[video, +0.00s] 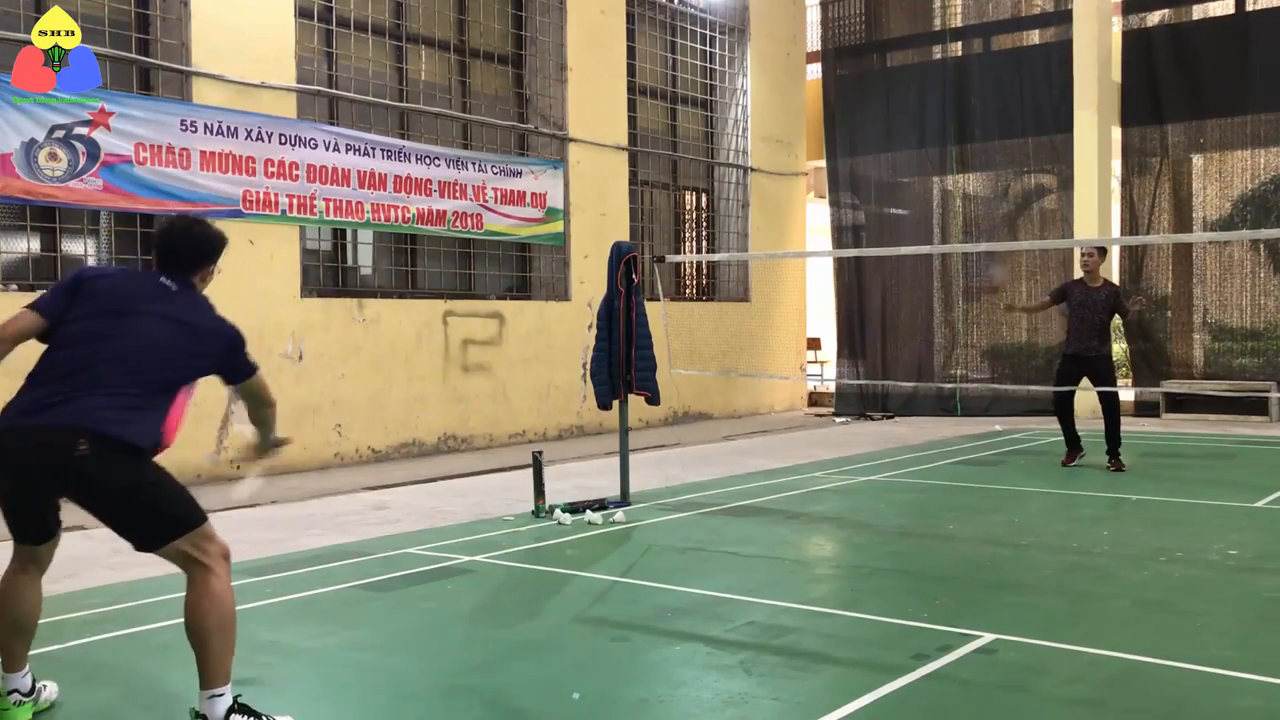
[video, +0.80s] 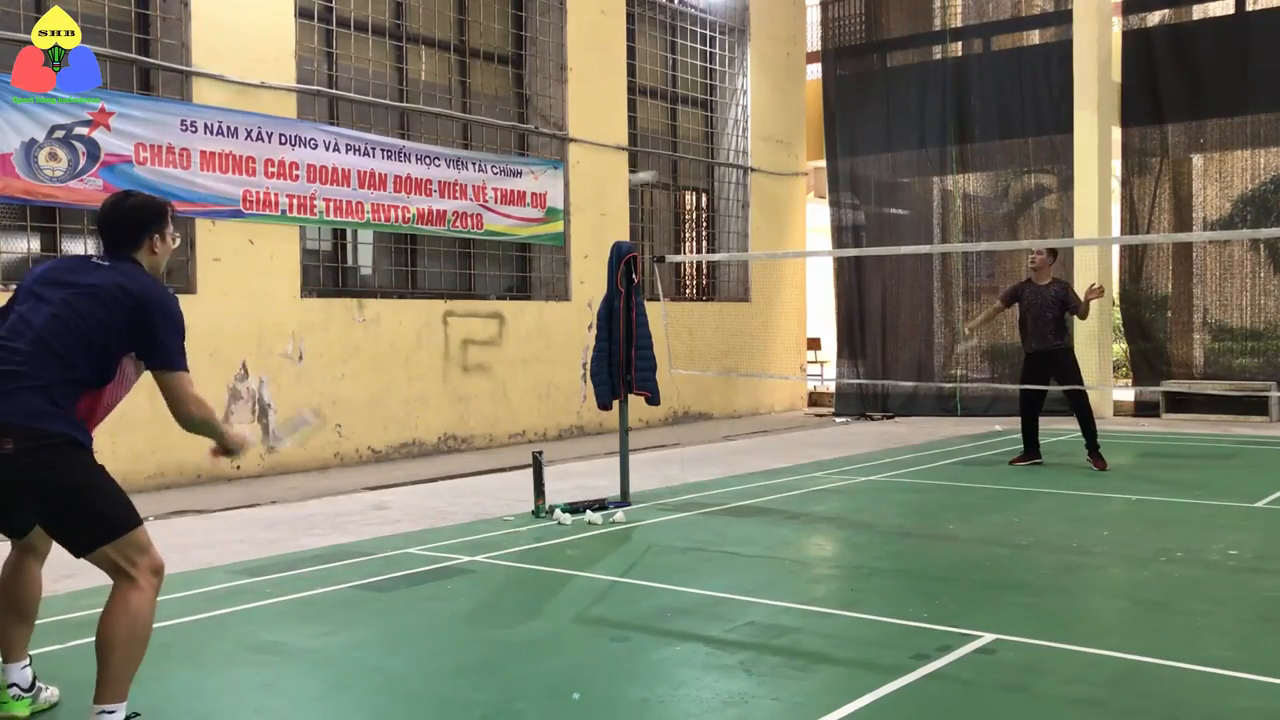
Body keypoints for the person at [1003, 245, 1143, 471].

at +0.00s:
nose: (1085, 259)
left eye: (1090, 255)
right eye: (1083, 255)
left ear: (1101, 260)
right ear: (1080, 259)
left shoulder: (1112, 290)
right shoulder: (1071, 287)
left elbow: (1126, 318)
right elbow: (1043, 305)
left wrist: (1133, 310)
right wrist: (1018, 308)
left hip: (1100, 358)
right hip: (1072, 356)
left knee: (1111, 405)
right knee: (1061, 401)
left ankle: (1114, 455)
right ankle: (1073, 448)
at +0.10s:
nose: (1087, 260)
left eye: (1092, 256)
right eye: (1085, 256)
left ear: (1103, 261)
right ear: (1081, 260)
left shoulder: (1114, 293)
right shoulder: (1073, 287)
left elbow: (1129, 327)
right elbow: (1041, 295)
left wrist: (1129, 311)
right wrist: (1024, 284)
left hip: (1099, 359)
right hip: (1071, 356)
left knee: (1110, 404)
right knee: (1052, 397)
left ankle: (1114, 455)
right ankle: (1061, 445)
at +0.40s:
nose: (1067, 260)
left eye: (1073, 256)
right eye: (1067, 256)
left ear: (1086, 263)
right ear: (1066, 262)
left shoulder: (1095, 293)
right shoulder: (1056, 286)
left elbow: (1109, 324)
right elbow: (1027, 279)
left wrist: (1113, 311)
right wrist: (1032, 250)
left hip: (1085, 359)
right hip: (1058, 357)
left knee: (1102, 407)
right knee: (1039, 402)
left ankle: (1113, 456)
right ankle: (1033, 451)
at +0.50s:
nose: (1053, 256)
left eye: (1060, 254)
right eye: (1055, 253)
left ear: (1073, 261)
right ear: (1054, 260)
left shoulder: (1081, 291)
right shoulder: (1043, 284)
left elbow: (1098, 321)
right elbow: (1009, 270)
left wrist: (1102, 306)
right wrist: (1010, 246)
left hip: (1077, 356)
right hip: (1050, 355)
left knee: (1097, 405)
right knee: (1035, 403)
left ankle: (1113, 454)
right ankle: (1032, 451)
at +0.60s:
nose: (1041, 255)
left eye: (1047, 253)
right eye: (1042, 252)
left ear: (1060, 261)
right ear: (1049, 261)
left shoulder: (1070, 288)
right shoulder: (1032, 282)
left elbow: (1088, 316)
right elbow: (1005, 272)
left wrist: (1093, 300)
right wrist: (984, 256)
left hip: (1071, 354)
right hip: (1046, 353)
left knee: (1091, 401)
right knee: (1033, 402)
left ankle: (1108, 450)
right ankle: (1032, 451)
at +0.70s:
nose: (1035, 257)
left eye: (1041, 254)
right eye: (1036, 253)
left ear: (1054, 260)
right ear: (1037, 260)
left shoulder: (1065, 287)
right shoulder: (1025, 284)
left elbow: (1084, 315)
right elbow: (991, 288)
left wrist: (1089, 297)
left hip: (1065, 353)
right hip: (1039, 353)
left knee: (1084, 400)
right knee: (1031, 403)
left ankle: (1102, 449)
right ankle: (1031, 452)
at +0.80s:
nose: (1032, 257)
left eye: (1038, 254)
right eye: (1031, 253)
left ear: (1050, 261)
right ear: (1029, 260)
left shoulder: (1062, 288)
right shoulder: (1021, 288)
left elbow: (1082, 314)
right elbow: (996, 308)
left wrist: (1087, 300)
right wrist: (972, 325)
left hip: (1062, 354)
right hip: (1034, 356)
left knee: (1080, 402)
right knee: (1028, 405)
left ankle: (1093, 451)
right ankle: (1031, 452)